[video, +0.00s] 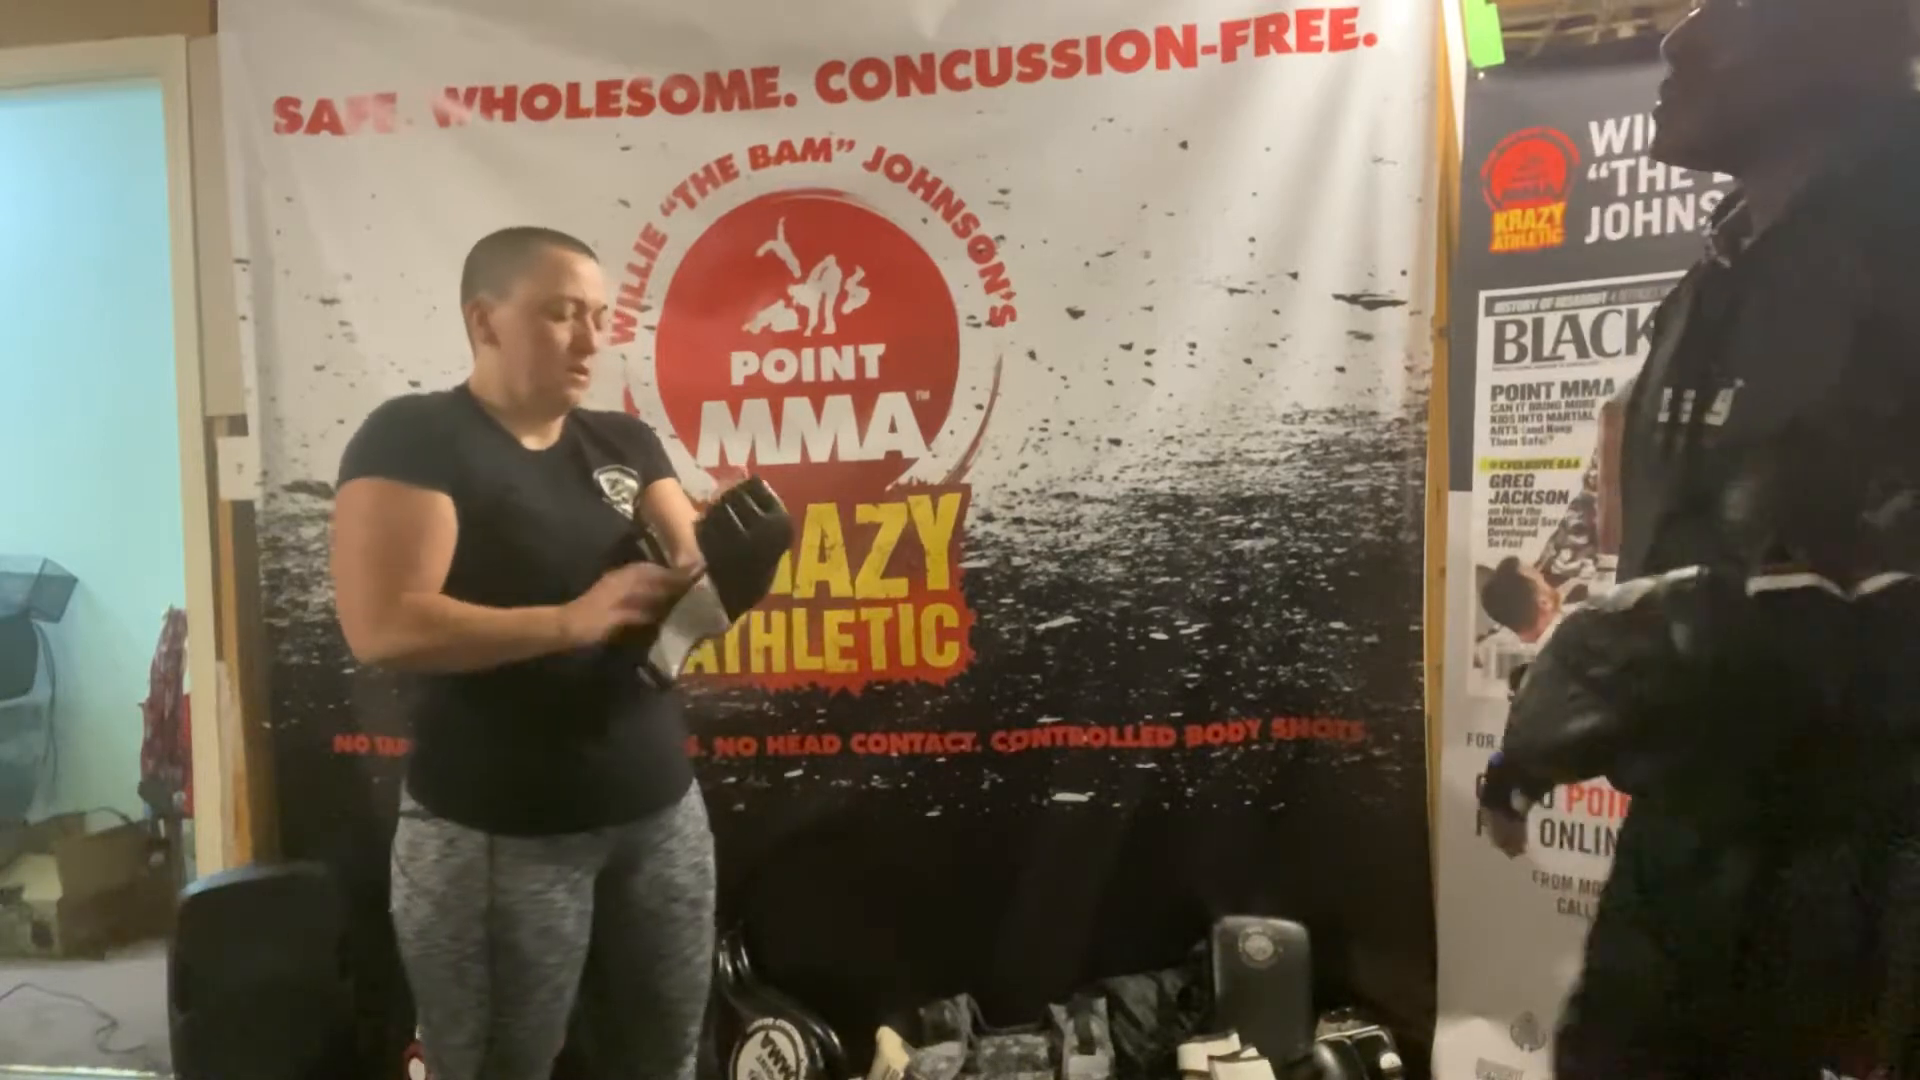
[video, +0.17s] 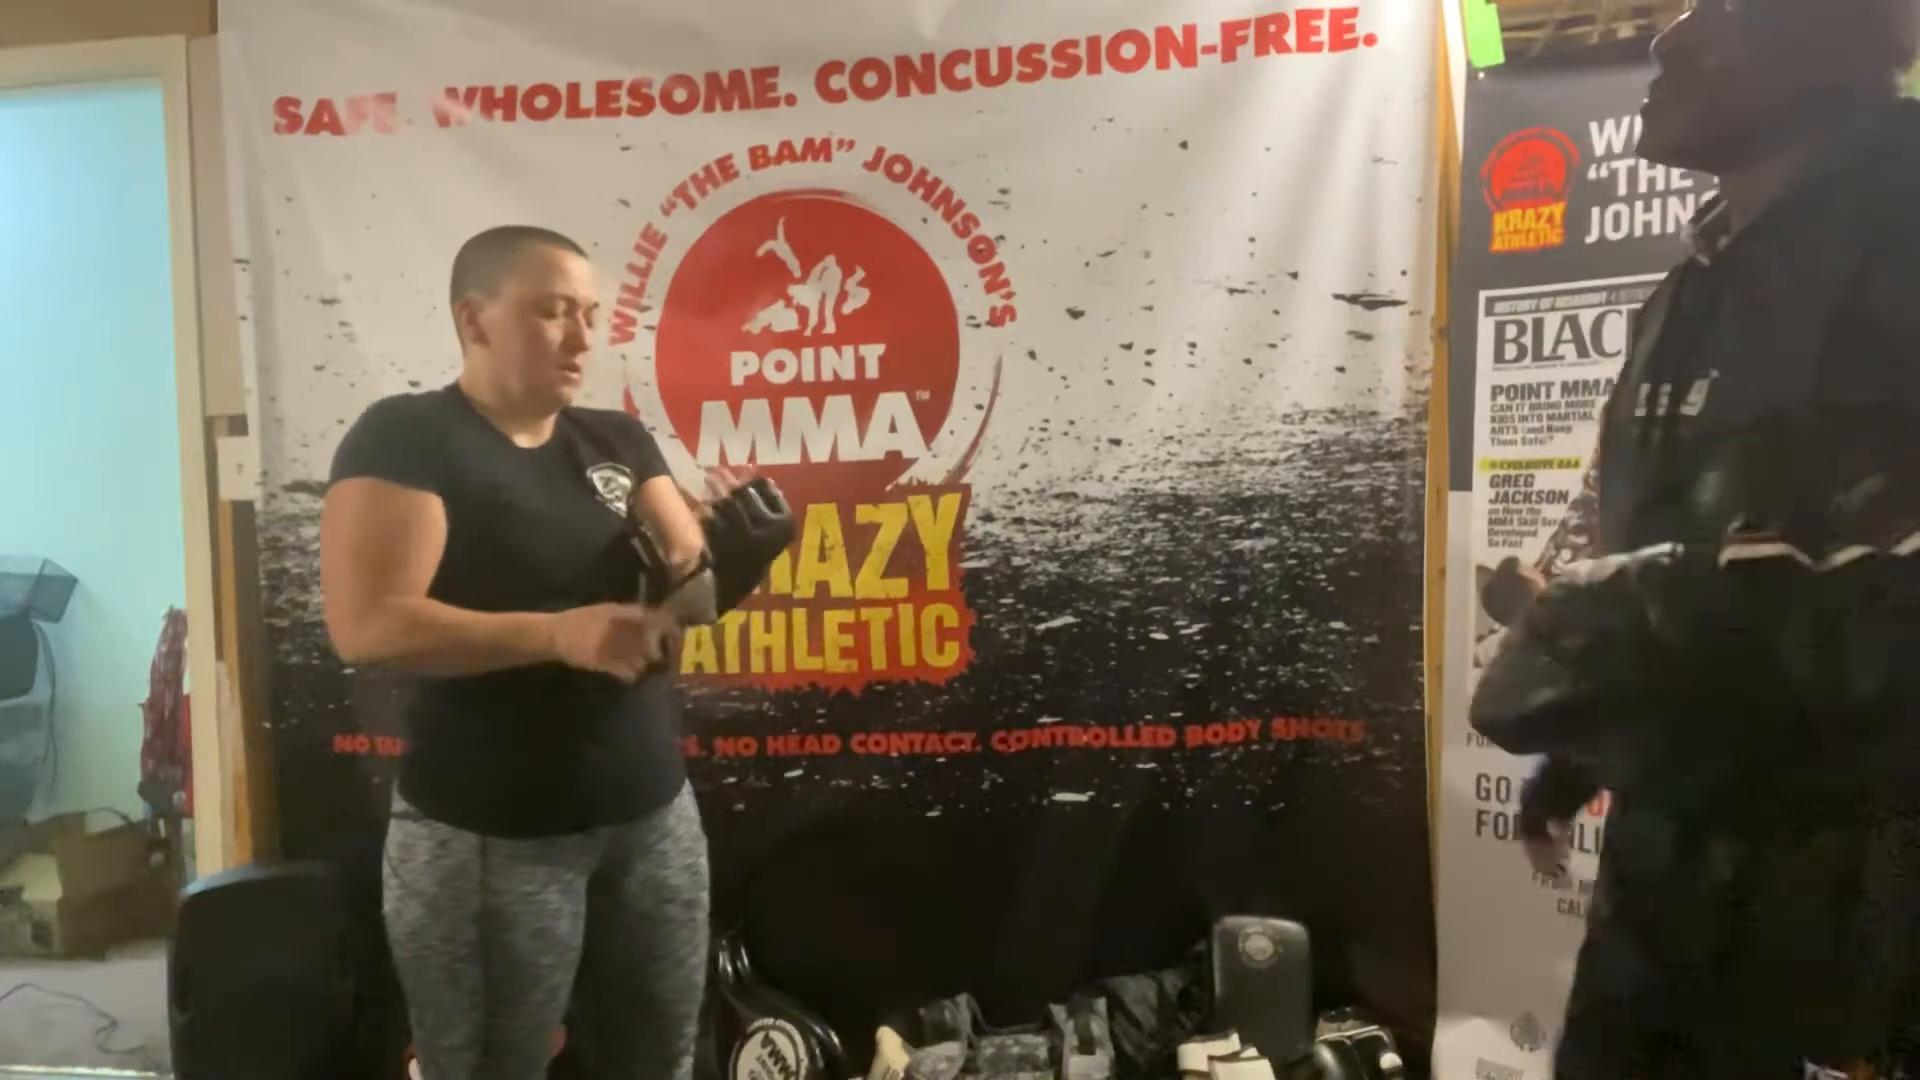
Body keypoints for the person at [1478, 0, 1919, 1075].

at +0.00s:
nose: (1667, 38)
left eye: (1713, 12)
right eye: (1683, 15)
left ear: (1815, 36)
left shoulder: (1893, 217)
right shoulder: (1710, 282)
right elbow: (1667, 568)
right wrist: (1544, 725)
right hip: (1702, 825)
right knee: (1616, 1053)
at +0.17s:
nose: (1661, 36)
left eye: (1708, 11)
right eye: (1675, 14)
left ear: (1817, 36)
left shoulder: (1893, 221)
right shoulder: (1679, 292)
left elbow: (1898, 601)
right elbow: (1621, 546)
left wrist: (1608, 609)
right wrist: (1578, 750)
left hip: (1851, 850)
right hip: (1674, 847)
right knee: (1609, 1059)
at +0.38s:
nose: (1608, 57)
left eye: (1654, 34)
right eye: (1617, 38)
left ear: (1765, 65)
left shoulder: (1846, 229)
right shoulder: (1639, 285)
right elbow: (1584, 548)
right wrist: (1533, 766)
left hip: (1794, 808)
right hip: (1635, 811)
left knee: (1799, 1053)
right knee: (1617, 1053)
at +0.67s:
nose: (1503, 142)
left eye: (1532, 104)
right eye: (1508, 116)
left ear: (1639, 112)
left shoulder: (1765, 230)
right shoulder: (1539, 338)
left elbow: (1890, 452)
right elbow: (1508, 591)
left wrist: (1598, 596)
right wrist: (1423, 768)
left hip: (1766, 775)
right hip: (1591, 790)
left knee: (1762, 1057)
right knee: (1595, 1053)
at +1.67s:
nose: (1629, 69)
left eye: (1676, 35)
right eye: (1622, 47)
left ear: (1805, 51)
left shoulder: (1884, 227)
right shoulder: (1613, 300)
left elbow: (1894, 572)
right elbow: (1543, 564)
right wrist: (1447, 732)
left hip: (1823, 842)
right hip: (1617, 839)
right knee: (1592, 1058)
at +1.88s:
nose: (1643, 40)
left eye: (1681, 9)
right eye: (1645, 19)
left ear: (1822, 24)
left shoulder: (1892, 196)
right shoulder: (1643, 305)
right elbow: (1615, 591)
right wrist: (1516, 753)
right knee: (1590, 1057)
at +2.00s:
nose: (1652, 40)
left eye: (1698, 7)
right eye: (1663, 16)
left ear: (1837, 25)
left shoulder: (1897, 215)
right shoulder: (1671, 290)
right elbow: (1623, 557)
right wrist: (1565, 775)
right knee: (1606, 1059)